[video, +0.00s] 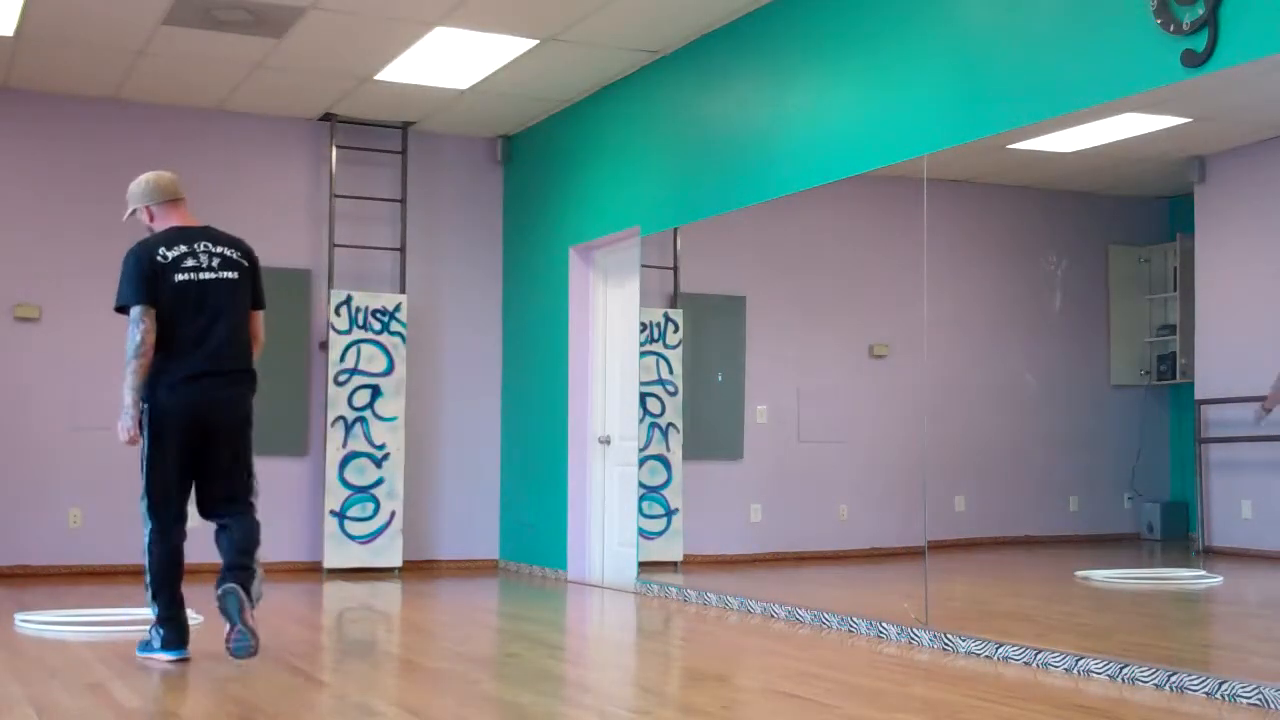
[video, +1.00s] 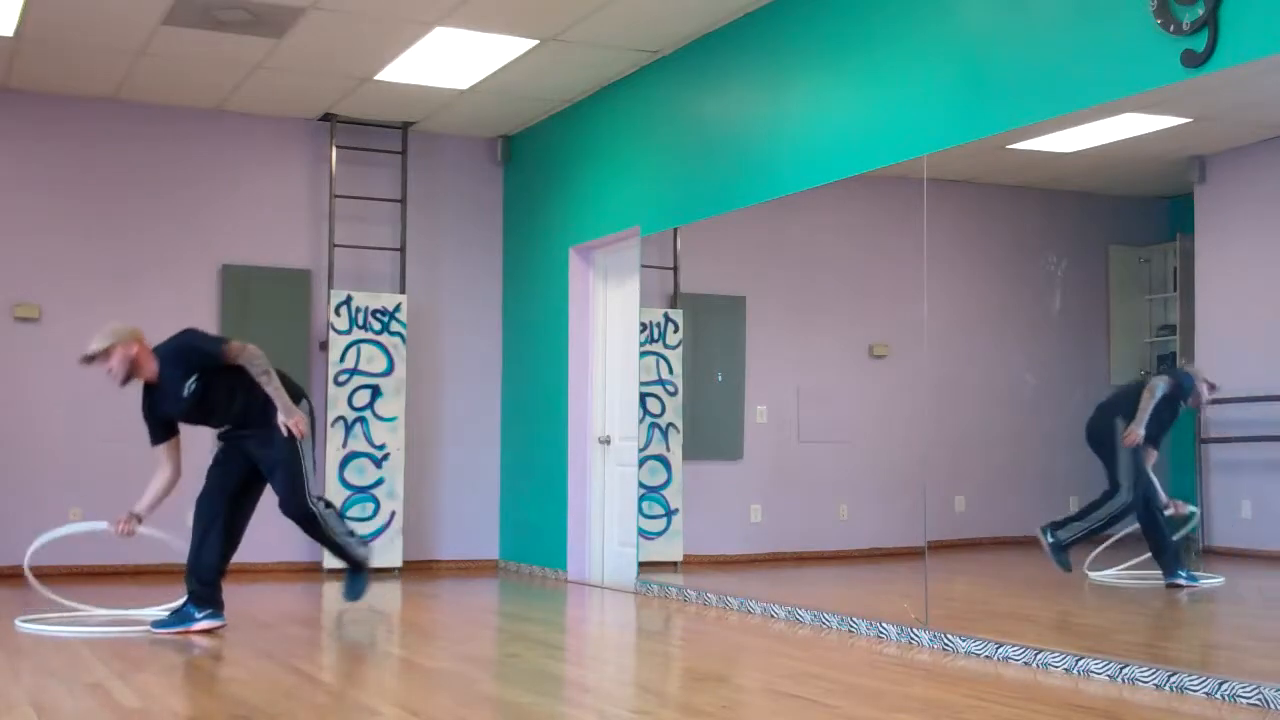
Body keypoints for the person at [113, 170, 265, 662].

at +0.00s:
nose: (135, 225)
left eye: (134, 218)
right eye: (135, 218)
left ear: (146, 213)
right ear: (183, 204)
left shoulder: (145, 256)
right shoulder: (239, 250)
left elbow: (144, 337)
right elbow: (255, 335)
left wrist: (130, 405)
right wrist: (230, 379)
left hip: (170, 402)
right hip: (231, 400)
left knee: (164, 516)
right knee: (234, 504)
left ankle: (169, 632)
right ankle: (237, 584)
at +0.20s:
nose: (119, 241)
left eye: (117, 233)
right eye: (116, 234)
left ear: (129, 225)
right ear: (158, 218)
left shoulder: (141, 256)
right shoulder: (216, 258)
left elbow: (152, 327)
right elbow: (236, 336)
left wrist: (128, 388)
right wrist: (227, 384)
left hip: (180, 392)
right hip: (230, 388)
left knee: (164, 506)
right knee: (209, 498)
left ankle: (168, 631)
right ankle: (213, 608)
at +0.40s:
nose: (85, 320)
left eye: (81, 310)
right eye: (80, 314)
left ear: (96, 298)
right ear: (101, 299)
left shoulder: (139, 306)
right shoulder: (142, 325)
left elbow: (187, 347)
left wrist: (184, 421)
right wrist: (185, 469)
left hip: (225, 410)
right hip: (217, 413)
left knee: (196, 512)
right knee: (189, 511)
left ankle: (189, 629)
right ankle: (191, 612)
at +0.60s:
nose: (84, 432)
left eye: (77, 423)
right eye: (77, 427)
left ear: (88, 405)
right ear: (91, 408)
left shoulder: (132, 374)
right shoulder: (142, 430)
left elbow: (193, 368)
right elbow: (148, 493)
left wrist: (241, 415)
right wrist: (133, 559)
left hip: (252, 407)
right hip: (227, 424)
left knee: (267, 509)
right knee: (197, 508)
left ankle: (283, 610)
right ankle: (202, 608)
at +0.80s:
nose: (87, 450)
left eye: (83, 441)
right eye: (81, 447)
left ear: (98, 419)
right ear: (100, 428)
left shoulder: (147, 393)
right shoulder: (140, 454)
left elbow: (210, 378)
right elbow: (136, 519)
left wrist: (263, 414)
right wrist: (117, 583)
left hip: (260, 415)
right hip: (231, 443)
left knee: (304, 496)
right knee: (196, 512)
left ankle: (398, 557)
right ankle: (201, 608)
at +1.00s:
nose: (106, 368)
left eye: (109, 357)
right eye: (103, 361)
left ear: (134, 347)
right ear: (127, 355)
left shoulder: (185, 347)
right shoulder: (155, 403)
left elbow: (250, 354)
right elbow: (169, 466)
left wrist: (286, 406)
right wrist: (137, 513)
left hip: (279, 418)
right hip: (239, 435)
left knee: (296, 502)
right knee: (211, 511)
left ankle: (356, 559)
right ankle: (203, 604)